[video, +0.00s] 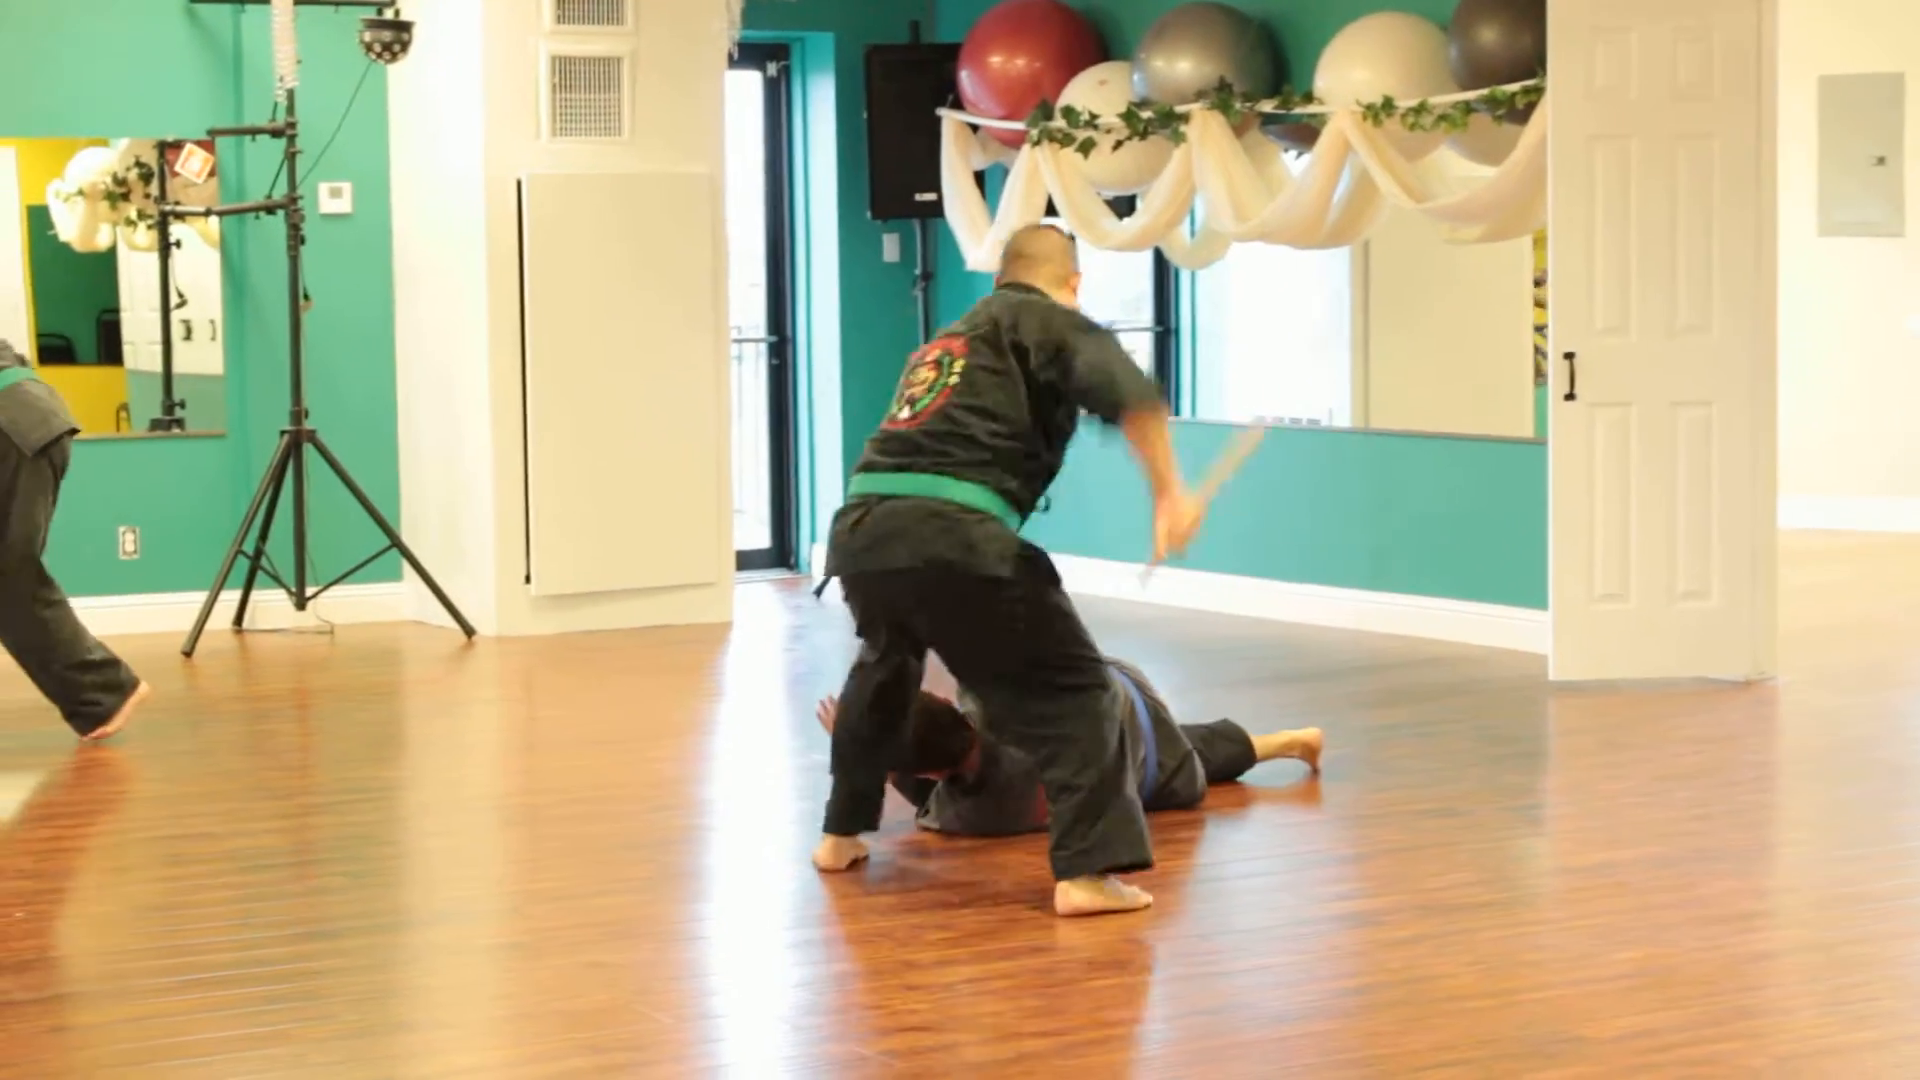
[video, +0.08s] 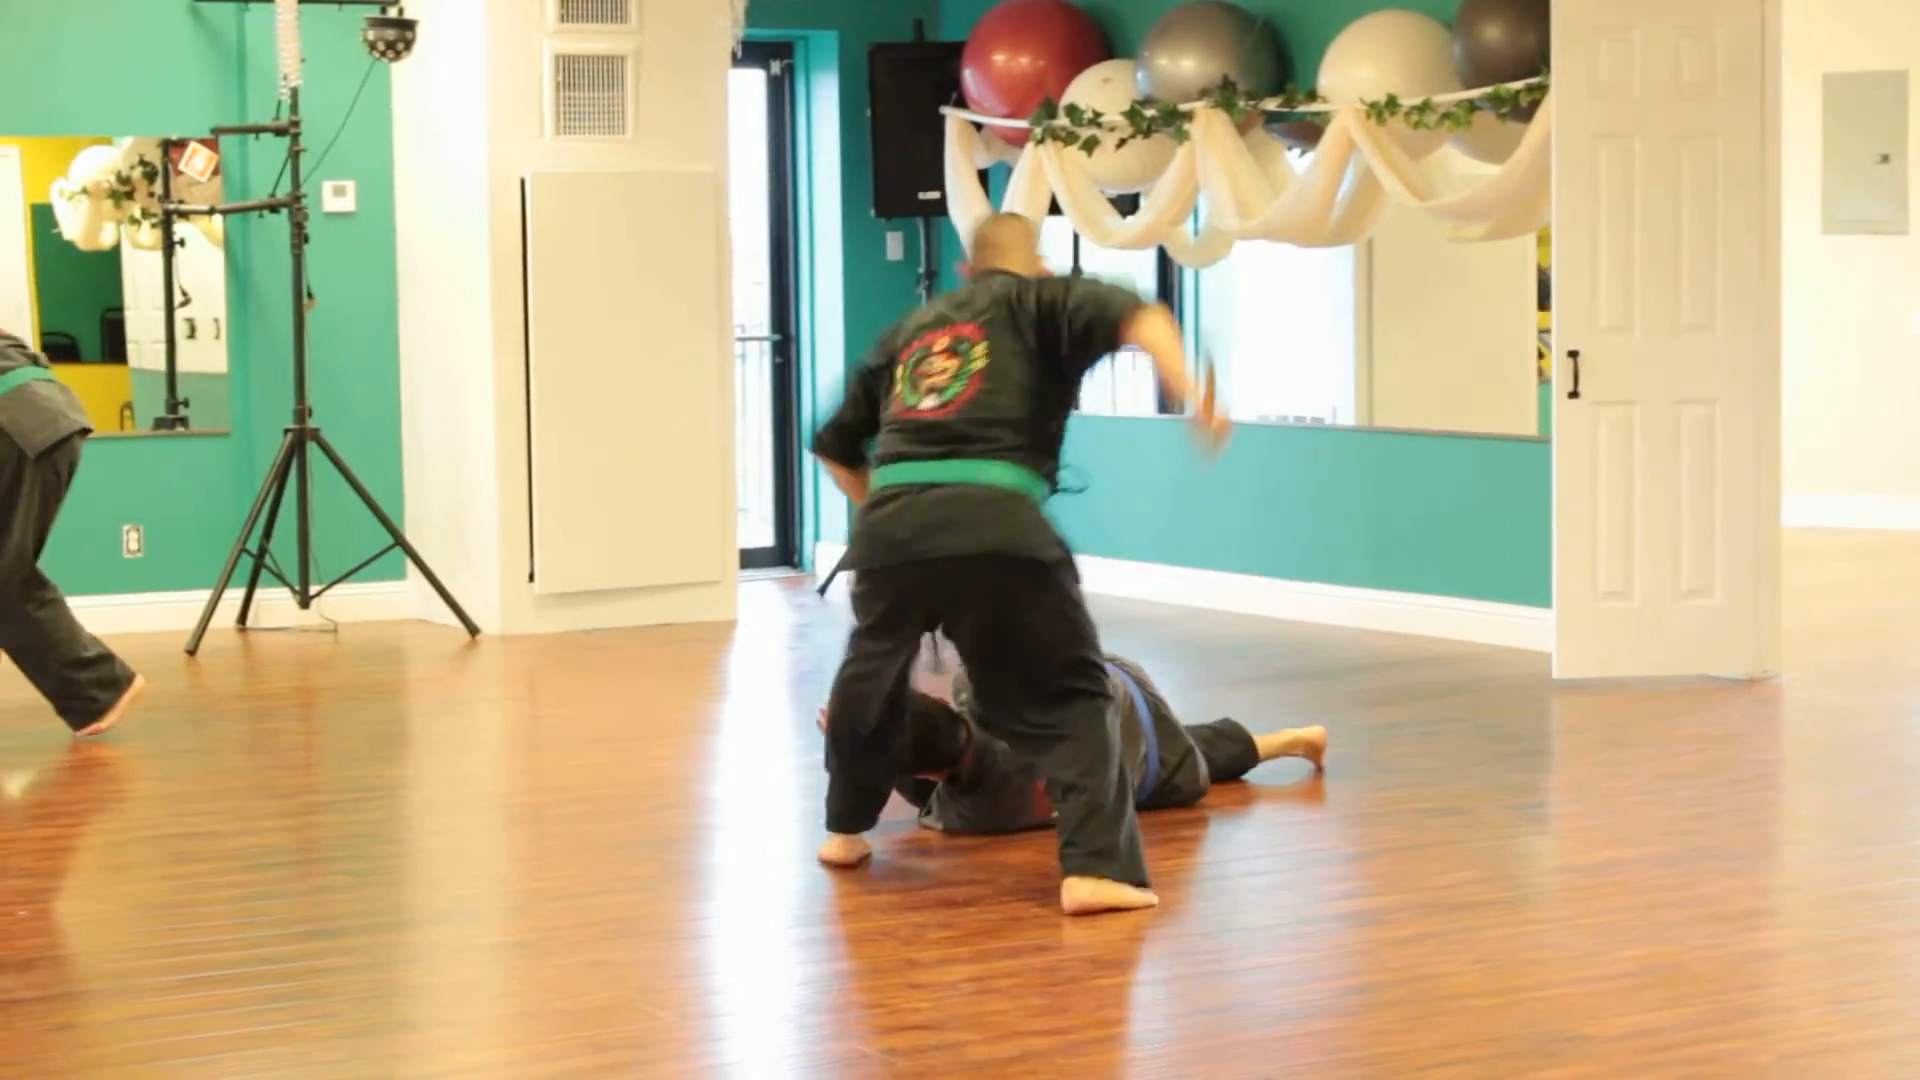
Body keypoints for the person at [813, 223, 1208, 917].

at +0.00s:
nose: (1079, 298)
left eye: (1077, 289)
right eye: (1078, 288)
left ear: (999, 279)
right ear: (1067, 284)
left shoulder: (949, 336)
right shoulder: (1045, 320)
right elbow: (1132, 391)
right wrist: (1170, 491)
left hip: (862, 532)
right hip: (956, 534)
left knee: (886, 653)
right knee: (1074, 688)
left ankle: (841, 832)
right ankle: (1085, 871)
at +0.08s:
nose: (1049, 273)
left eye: (1044, 263)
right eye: (1045, 262)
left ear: (969, 268)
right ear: (1035, 264)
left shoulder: (911, 327)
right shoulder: (1043, 295)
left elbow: (834, 444)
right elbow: (1143, 316)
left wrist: (896, 520)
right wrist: (1190, 388)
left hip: (892, 528)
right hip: (998, 523)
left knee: (875, 654)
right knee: (1069, 691)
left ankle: (844, 827)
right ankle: (1096, 867)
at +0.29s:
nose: (849, 295)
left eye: (847, 286)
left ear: (855, 283)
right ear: (922, 261)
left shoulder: (847, 349)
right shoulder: (993, 294)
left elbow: (833, 472)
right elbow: (1088, 352)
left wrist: (885, 505)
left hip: (992, 544)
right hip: (1081, 518)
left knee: (879, 655)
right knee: (1061, 668)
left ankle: (931, 839)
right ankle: (1219, 718)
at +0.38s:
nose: (825, 317)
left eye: (822, 305)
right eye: (823, 306)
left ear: (833, 298)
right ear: (891, 279)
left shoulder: (861, 354)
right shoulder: (966, 321)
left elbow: (860, 498)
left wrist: (922, 471)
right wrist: (933, 481)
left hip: (1014, 552)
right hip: (1094, 530)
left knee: (890, 655)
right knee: (1052, 670)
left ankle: (928, 836)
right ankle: (1172, 762)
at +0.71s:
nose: (819, 360)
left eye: (809, 346)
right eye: (808, 349)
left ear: (826, 318)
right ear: (845, 302)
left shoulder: (928, 347)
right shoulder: (910, 346)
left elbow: (945, 484)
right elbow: (917, 462)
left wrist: (904, 474)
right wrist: (918, 552)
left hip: (1077, 510)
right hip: (1088, 503)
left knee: (954, 638)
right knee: (1041, 668)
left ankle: (950, 832)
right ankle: (1132, 769)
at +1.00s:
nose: (815, 352)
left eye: (804, 336)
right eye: (804, 340)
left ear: (822, 309)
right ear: (844, 294)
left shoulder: (923, 337)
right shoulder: (910, 338)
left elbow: (924, 477)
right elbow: (917, 476)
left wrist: (912, 574)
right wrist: (915, 571)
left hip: (1063, 513)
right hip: (1068, 510)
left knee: (936, 636)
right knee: (1025, 678)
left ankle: (944, 830)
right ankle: (1126, 767)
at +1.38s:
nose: (815, 332)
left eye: (806, 317)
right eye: (807, 319)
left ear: (820, 295)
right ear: (856, 272)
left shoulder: (911, 327)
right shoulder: (918, 312)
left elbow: (899, 465)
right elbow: (907, 471)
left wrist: (832, 442)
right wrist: (894, 560)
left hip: (1053, 509)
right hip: (1077, 499)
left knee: (935, 641)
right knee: (1034, 674)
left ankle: (941, 831)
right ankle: (1130, 772)